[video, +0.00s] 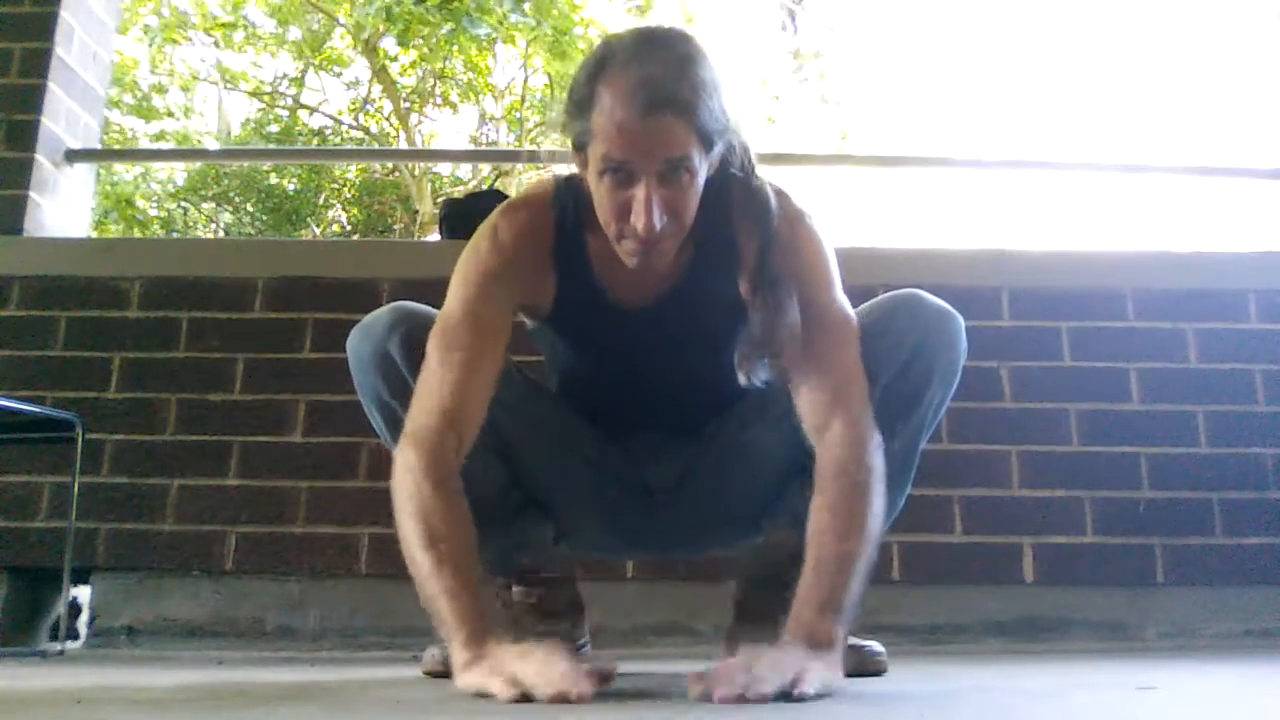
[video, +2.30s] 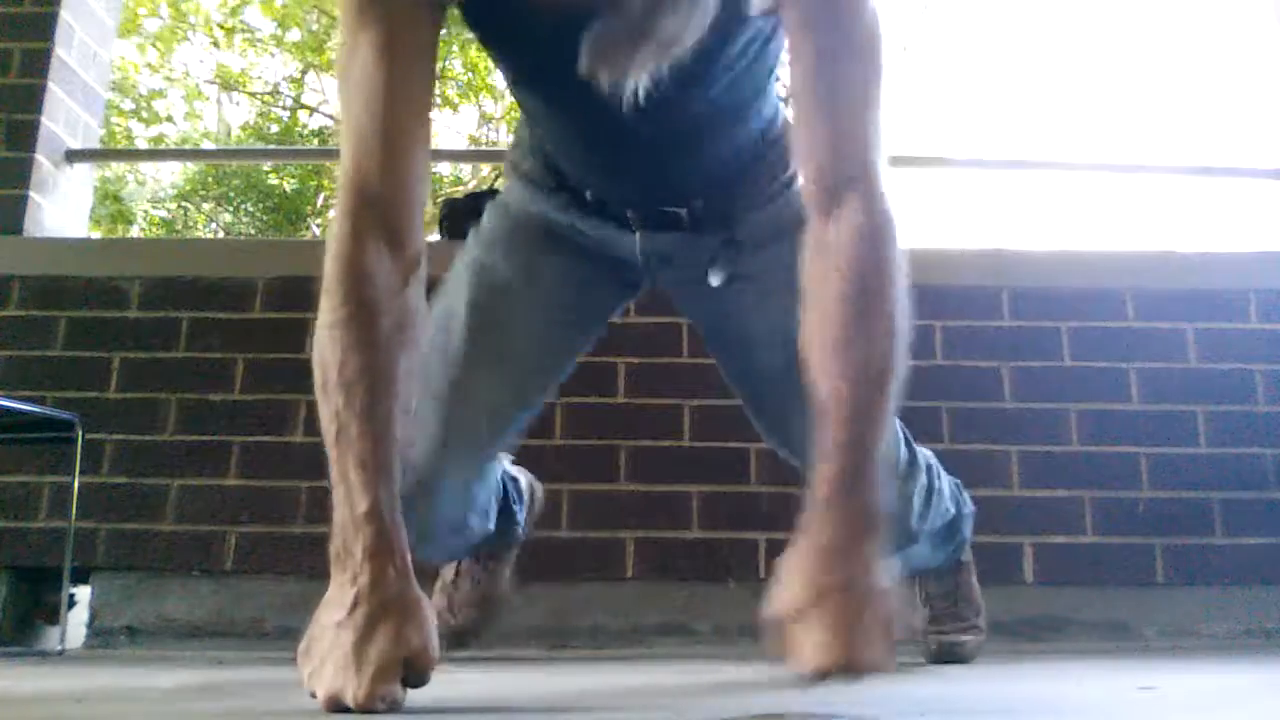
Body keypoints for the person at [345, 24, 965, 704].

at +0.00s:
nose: (645, 212)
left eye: (675, 174)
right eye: (617, 175)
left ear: (715, 158)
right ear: (580, 158)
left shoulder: (773, 230)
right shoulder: (520, 235)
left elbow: (848, 439)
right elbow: (423, 458)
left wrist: (808, 637)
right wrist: (472, 647)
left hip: (728, 478)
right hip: (584, 479)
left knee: (926, 325)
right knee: (388, 336)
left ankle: (781, 622)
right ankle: (540, 605)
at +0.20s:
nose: (647, 178)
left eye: (677, 142)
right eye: (619, 141)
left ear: (717, 129)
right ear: (584, 130)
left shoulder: (772, 210)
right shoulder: (521, 217)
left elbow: (839, 390)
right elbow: (426, 419)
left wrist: (819, 586)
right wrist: (464, 591)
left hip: (729, 472)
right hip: (584, 473)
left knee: (923, 325)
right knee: (381, 339)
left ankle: (792, 608)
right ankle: (520, 606)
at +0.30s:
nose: (648, 174)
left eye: (677, 139)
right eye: (621, 138)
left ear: (717, 126)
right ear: (584, 126)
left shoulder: (770, 201)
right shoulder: (525, 209)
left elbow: (852, 371)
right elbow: (412, 399)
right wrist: (446, 496)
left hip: (728, 479)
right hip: (584, 476)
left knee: (929, 327)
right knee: (377, 341)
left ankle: (783, 607)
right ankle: (536, 604)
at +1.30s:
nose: (648, 91)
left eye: (678, 45)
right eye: (613, 51)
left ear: (720, 31)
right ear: (568, 41)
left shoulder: (781, 111)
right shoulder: (511, 109)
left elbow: (835, 311)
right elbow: (425, 316)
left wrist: (827, 536)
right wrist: (414, 557)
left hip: (737, 401)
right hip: (578, 402)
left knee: (952, 361)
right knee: (352, 377)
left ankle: (796, 581)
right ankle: (534, 577)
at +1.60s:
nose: (618, 22)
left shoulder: (790, 14)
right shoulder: (462, 14)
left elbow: (823, 241)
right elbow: (403, 260)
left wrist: (807, 549)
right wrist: (408, 560)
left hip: (739, 306)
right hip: (562, 304)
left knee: (939, 406)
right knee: (330, 420)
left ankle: (792, 571)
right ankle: (516, 551)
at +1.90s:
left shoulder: (786, 13)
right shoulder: (396, 10)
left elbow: (812, 219)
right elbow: (368, 232)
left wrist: (795, 557)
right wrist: (366, 562)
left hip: (735, 205)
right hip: (555, 203)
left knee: (895, 482)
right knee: (353, 409)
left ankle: (891, 552)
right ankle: (528, 561)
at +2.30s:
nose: (620, 69)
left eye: (655, 45)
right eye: (606, 53)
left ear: (721, 6)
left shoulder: (812, 11)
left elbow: (846, 200)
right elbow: (375, 239)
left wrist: (843, 533)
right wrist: (364, 560)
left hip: (749, 209)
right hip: (556, 202)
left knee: (848, 460)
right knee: (413, 505)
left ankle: (937, 539)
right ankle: (491, 524)